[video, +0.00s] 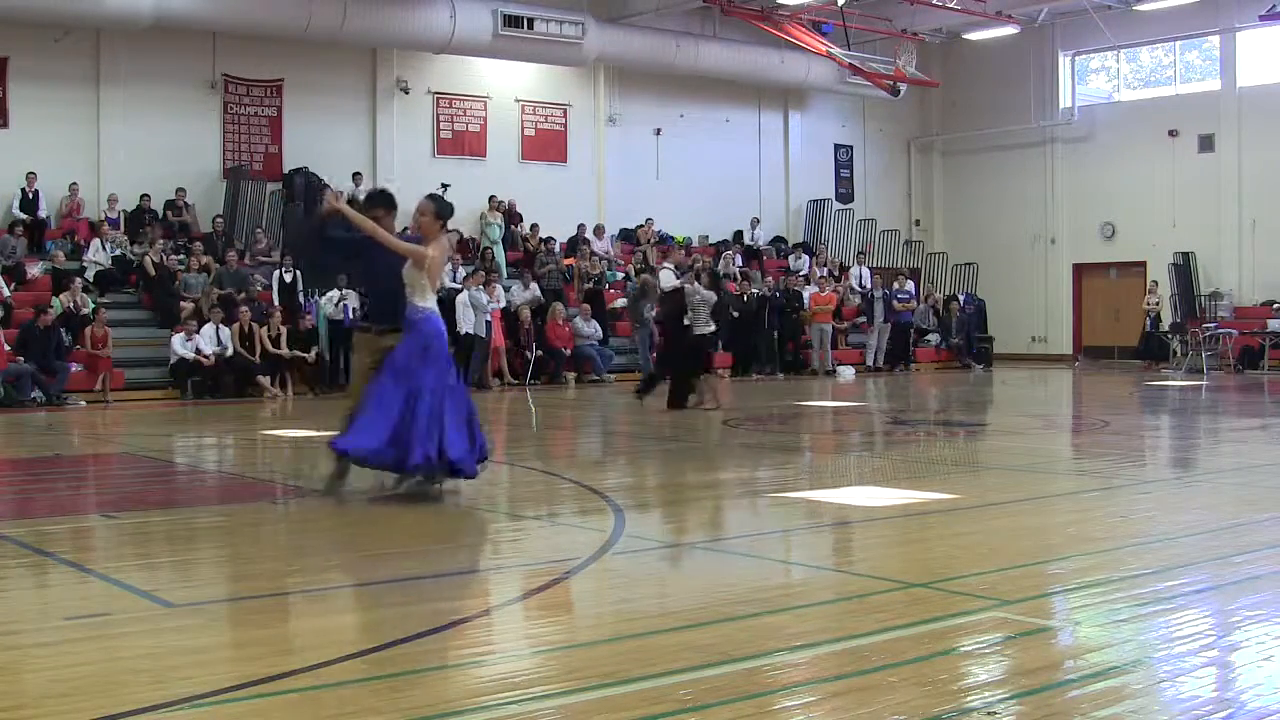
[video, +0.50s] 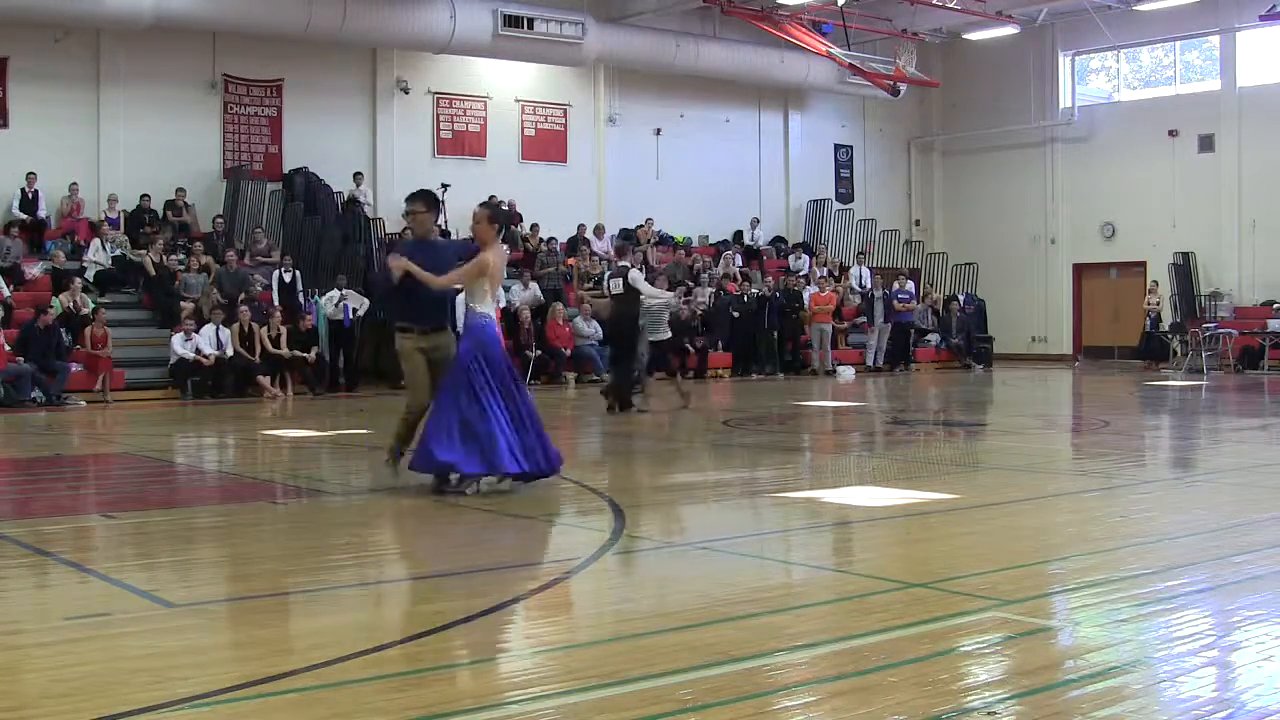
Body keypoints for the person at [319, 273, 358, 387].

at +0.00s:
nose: (342, 282)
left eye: (343, 280)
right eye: (340, 280)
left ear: (347, 281)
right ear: (336, 281)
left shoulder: (353, 295)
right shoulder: (329, 295)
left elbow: (356, 310)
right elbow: (328, 312)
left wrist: (355, 314)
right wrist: (337, 303)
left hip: (348, 323)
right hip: (334, 323)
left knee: (347, 352)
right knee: (334, 352)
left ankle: (347, 379)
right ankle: (333, 380)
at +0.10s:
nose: (342, 282)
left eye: (344, 280)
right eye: (340, 280)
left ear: (347, 281)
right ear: (336, 281)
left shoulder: (350, 294)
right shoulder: (329, 296)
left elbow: (365, 301)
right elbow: (328, 312)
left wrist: (360, 312)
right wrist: (337, 302)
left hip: (348, 324)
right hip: (334, 324)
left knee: (349, 354)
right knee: (334, 354)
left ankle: (350, 381)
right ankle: (333, 381)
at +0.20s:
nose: (341, 283)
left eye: (343, 280)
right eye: (339, 280)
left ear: (346, 282)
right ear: (336, 282)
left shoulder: (351, 294)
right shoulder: (329, 296)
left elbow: (366, 302)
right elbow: (327, 312)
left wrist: (359, 313)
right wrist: (337, 303)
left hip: (348, 323)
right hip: (334, 323)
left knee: (349, 355)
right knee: (334, 355)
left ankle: (350, 384)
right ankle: (334, 383)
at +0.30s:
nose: (341, 283)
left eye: (343, 280)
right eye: (339, 280)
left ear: (346, 282)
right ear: (336, 282)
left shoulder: (351, 294)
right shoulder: (329, 296)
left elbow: (366, 302)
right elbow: (327, 312)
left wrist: (359, 313)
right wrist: (337, 303)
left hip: (348, 323)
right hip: (334, 323)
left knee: (349, 355)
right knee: (334, 355)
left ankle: (350, 383)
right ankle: (334, 384)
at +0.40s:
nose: (341, 283)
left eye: (343, 280)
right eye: (339, 280)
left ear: (346, 282)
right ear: (336, 282)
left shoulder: (351, 294)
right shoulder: (329, 296)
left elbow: (366, 302)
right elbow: (328, 313)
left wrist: (359, 313)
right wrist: (337, 303)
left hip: (349, 323)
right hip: (334, 323)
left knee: (349, 355)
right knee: (334, 356)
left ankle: (350, 384)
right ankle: (334, 384)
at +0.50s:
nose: (341, 283)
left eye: (343, 280)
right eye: (339, 280)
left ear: (346, 282)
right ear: (336, 282)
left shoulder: (351, 294)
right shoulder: (329, 296)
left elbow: (366, 302)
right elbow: (328, 313)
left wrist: (359, 313)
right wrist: (337, 303)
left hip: (348, 323)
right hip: (334, 323)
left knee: (349, 355)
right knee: (334, 356)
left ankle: (350, 384)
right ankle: (334, 384)